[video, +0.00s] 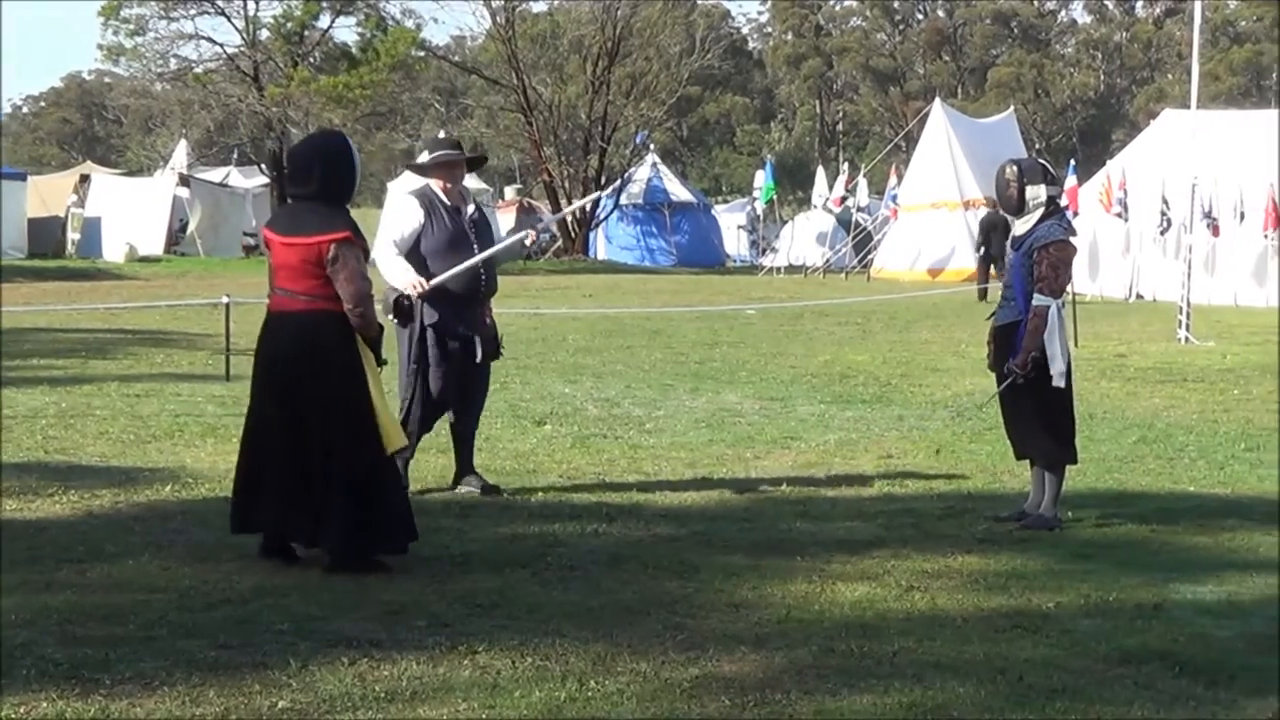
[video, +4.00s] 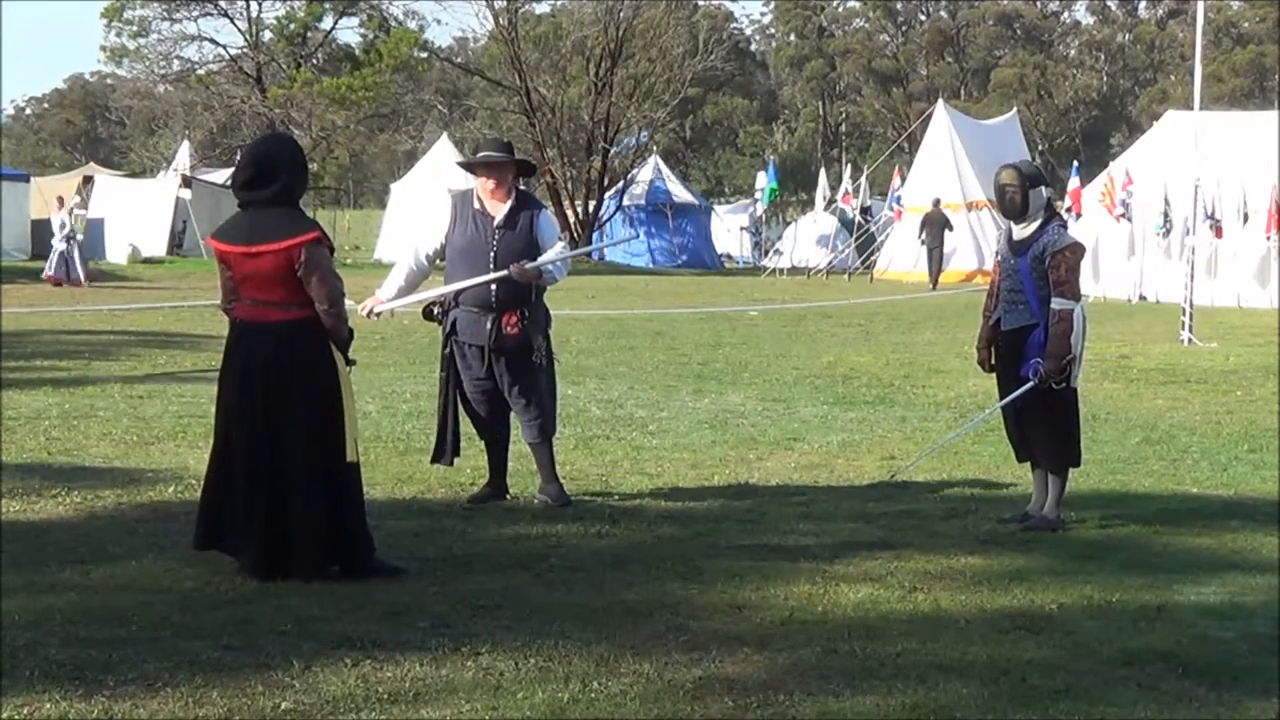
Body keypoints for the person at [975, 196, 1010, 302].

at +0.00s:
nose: (985, 207)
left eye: (986, 205)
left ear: (987, 206)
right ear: (996, 205)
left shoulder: (984, 219)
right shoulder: (1003, 218)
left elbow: (982, 236)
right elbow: (1008, 232)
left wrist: (977, 248)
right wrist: (1003, 240)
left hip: (987, 249)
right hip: (1000, 249)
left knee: (983, 271)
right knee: (1002, 272)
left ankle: (982, 295)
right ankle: (1008, 292)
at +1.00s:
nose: (954, 208)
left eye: (953, 206)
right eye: (956, 206)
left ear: (953, 207)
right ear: (961, 207)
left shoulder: (950, 219)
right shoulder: (968, 219)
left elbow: (946, 234)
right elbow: (973, 235)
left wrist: (941, 243)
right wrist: (964, 238)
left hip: (952, 248)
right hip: (963, 248)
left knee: (949, 271)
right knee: (966, 270)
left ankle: (949, 293)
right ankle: (970, 291)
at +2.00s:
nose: (933, 208)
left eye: (933, 206)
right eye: (936, 205)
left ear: (931, 206)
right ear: (939, 206)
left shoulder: (928, 217)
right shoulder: (945, 218)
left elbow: (924, 232)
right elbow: (952, 232)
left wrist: (921, 241)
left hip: (931, 247)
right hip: (942, 248)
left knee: (930, 269)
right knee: (945, 269)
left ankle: (929, 288)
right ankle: (947, 288)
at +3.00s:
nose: (926, 207)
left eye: (925, 205)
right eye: (927, 205)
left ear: (923, 205)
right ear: (930, 205)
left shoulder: (918, 216)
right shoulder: (935, 216)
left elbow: (913, 228)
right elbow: (941, 229)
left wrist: (909, 238)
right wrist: (933, 231)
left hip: (920, 245)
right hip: (930, 245)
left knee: (919, 266)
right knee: (931, 265)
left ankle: (920, 285)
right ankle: (930, 285)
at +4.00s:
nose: (937, 205)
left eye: (935, 204)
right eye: (938, 204)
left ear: (932, 204)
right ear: (939, 204)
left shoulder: (927, 215)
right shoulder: (942, 215)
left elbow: (922, 226)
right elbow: (950, 228)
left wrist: (919, 235)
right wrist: (944, 223)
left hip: (929, 242)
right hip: (938, 242)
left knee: (930, 261)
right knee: (937, 262)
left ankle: (931, 279)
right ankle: (933, 282)